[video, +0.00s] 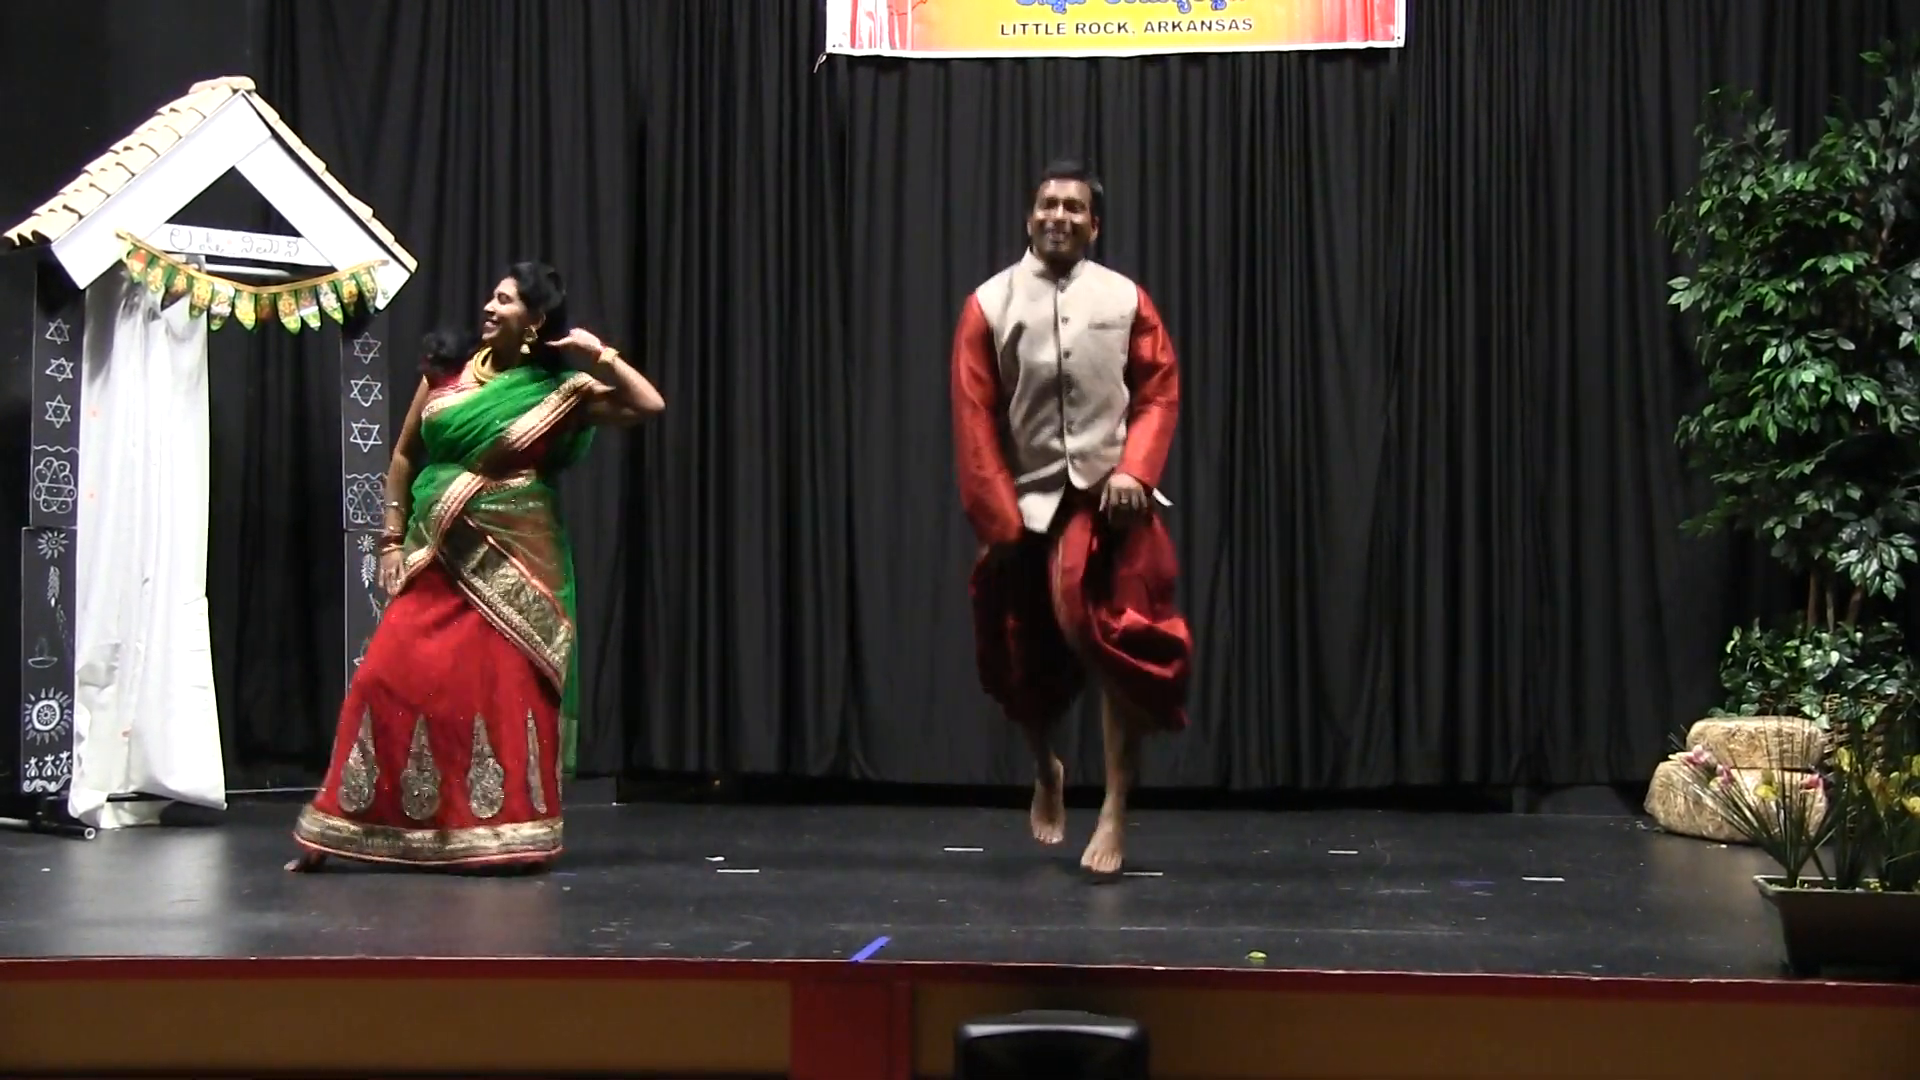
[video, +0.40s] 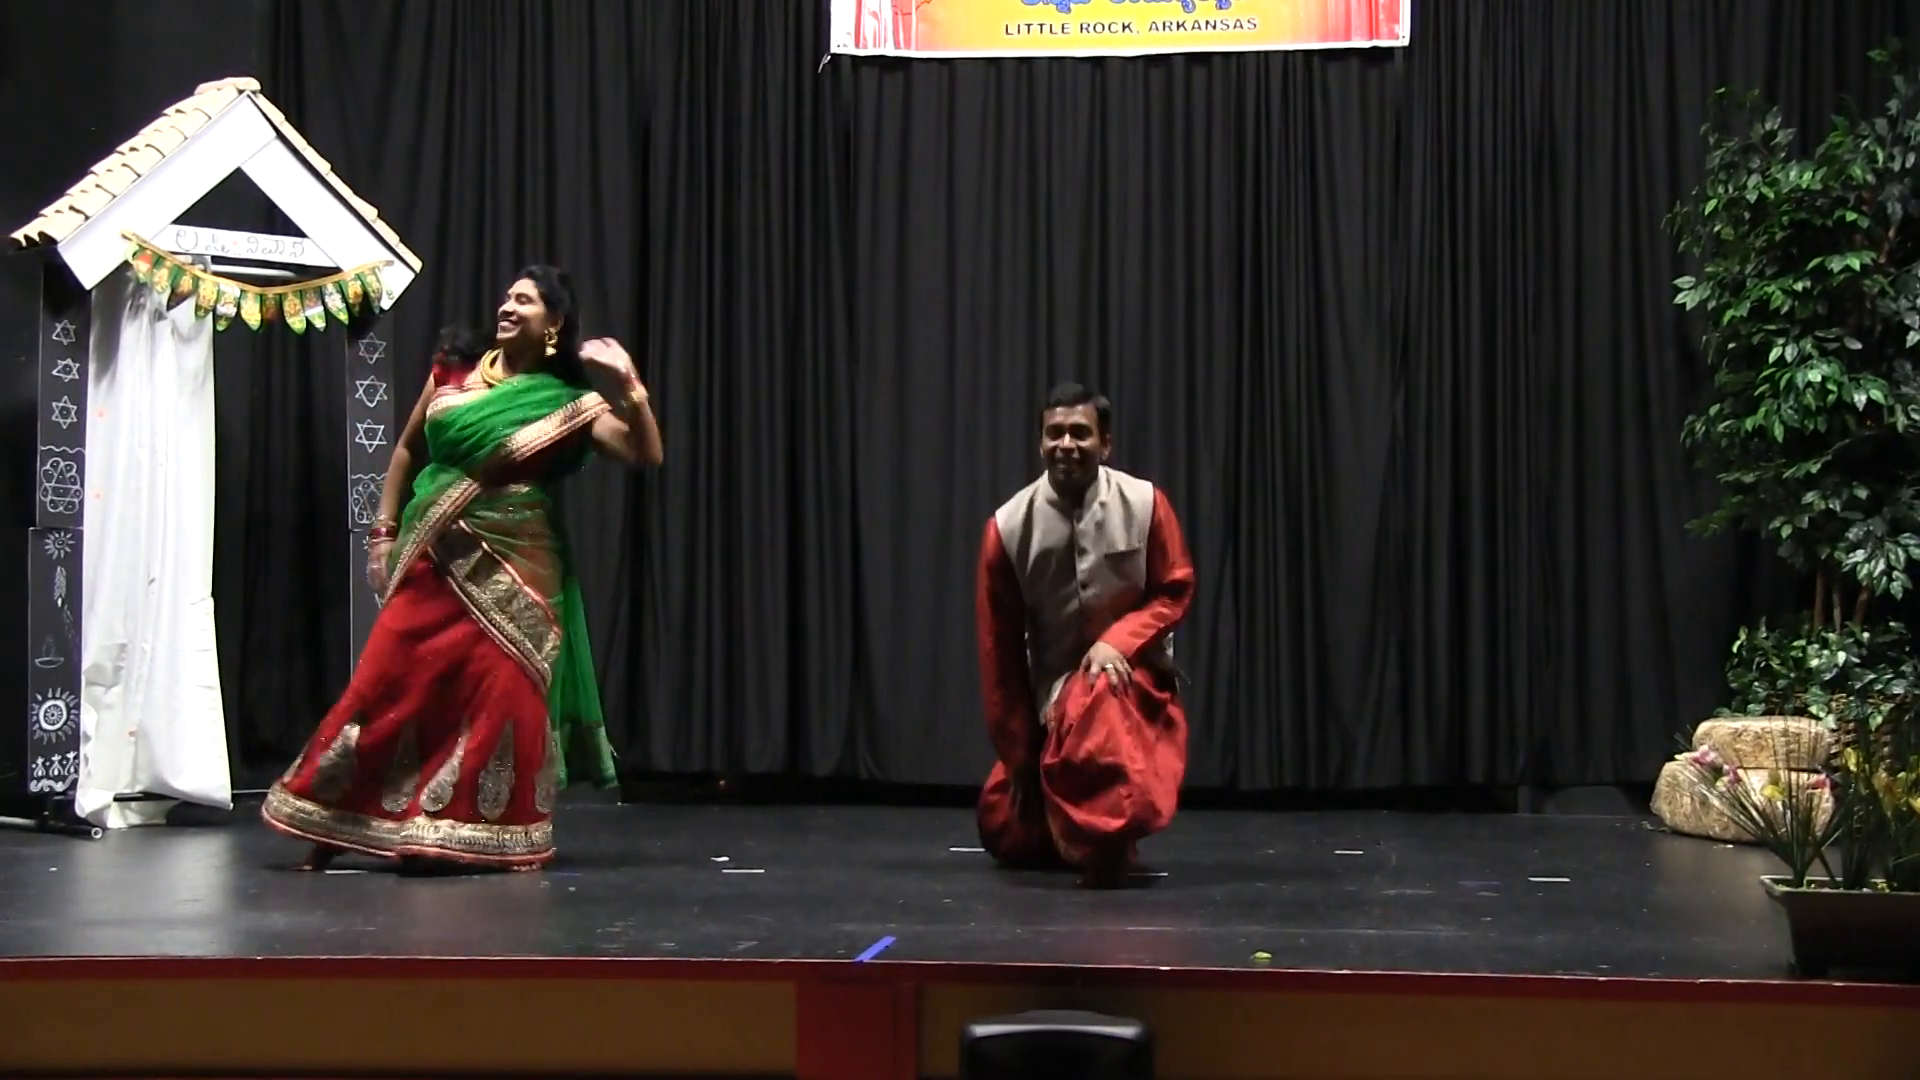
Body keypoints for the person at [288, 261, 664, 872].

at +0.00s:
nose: (492, 307)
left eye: (507, 300)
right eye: (493, 297)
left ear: (536, 316)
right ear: (488, 304)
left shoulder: (560, 387)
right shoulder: (444, 375)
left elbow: (650, 405)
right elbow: (403, 456)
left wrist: (601, 353)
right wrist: (392, 540)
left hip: (519, 555)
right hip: (441, 552)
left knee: (513, 687)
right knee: (376, 674)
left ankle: (517, 837)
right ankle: (327, 827)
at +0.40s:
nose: (508, 307)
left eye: (524, 300)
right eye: (506, 298)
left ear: (555, 322)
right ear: (496, 313)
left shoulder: (569, 398)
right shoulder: (454, 377)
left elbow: (644, 452)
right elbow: (406, 450)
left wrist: (632, 389)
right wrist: (384, 530)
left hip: (517, 554)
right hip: (436, 549)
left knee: (508, 693)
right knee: (377, 682)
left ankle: (491, 839)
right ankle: (327, 826)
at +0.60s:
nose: (522, 297)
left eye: (537, 289)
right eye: (514, 289)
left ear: (564, 310)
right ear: (502, 308)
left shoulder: (589, 381)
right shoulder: (471, 370)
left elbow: (653, 458)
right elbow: (417, 455)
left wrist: (653, 495)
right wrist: (375, 530)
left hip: (537, 555)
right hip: (455, 544)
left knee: (501, 690)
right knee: (385, 669)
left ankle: (491, 841)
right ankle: (333, 825)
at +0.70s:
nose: (533, 298)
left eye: (547, 290)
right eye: (525, 290)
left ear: (572, 310)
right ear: (510, 307)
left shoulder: (596, 382)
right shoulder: (476, 374)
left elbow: (648, 472)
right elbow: (431, 461)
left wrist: (598, 537)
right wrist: (428, 535)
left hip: (553, 551)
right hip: (468, 544)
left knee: (539, 692)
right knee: (388, 674)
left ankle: (526, 838)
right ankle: (321, 818)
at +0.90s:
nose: (538, 291)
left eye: (552, 283)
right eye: (528, 282)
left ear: (576, 297)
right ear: (515, 298)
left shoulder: (603, 363)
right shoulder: (496, 366)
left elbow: (593, 416)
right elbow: (458, 399)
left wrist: (570, 347)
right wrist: (474, 330)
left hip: (573, 536)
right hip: (497, 531)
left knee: (565, 675)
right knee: (460, 657)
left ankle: (559, 832)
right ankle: (426, 823)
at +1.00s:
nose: (540, 261)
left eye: (553, 254)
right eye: (528, 254)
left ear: (572, 274)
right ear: (512, 275)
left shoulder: (595, 330)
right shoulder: (493, 338)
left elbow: (640, 344)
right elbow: (432, 310)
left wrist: (627, 272)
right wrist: (444, 236)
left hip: (590, 509)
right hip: (515, 508)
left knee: (578, 655)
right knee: (500, 642)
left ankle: (563, 819)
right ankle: (522, 816)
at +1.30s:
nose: (561, 292)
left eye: (567, 283)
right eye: (545, 283)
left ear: (577, 296)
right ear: (514, 299)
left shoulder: (605, 348)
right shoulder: (491, 367)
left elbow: (698, 363)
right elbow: (392, 364)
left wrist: (706, 428)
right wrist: (444, 302)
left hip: (620, 533)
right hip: (539, 545)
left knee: (688, 668)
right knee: (545, 684)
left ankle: (779, 805)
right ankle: (581, 839)